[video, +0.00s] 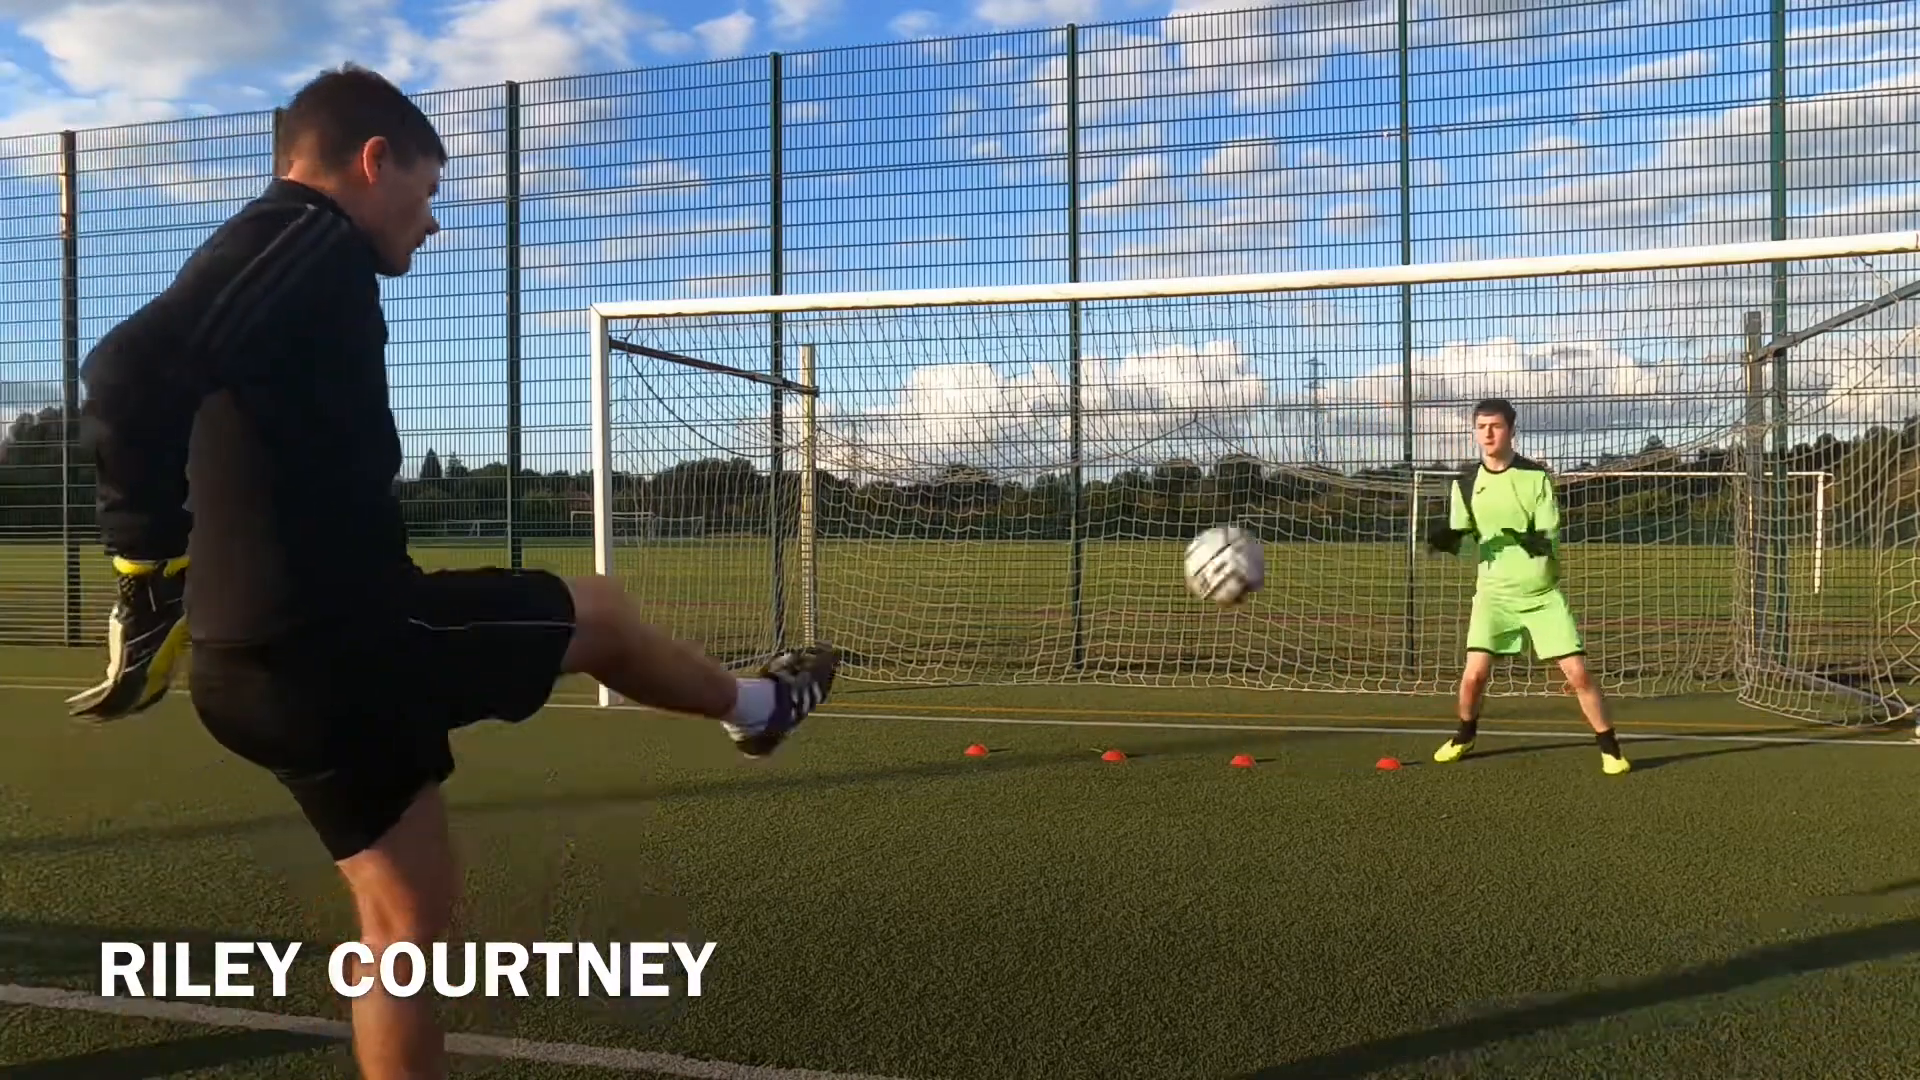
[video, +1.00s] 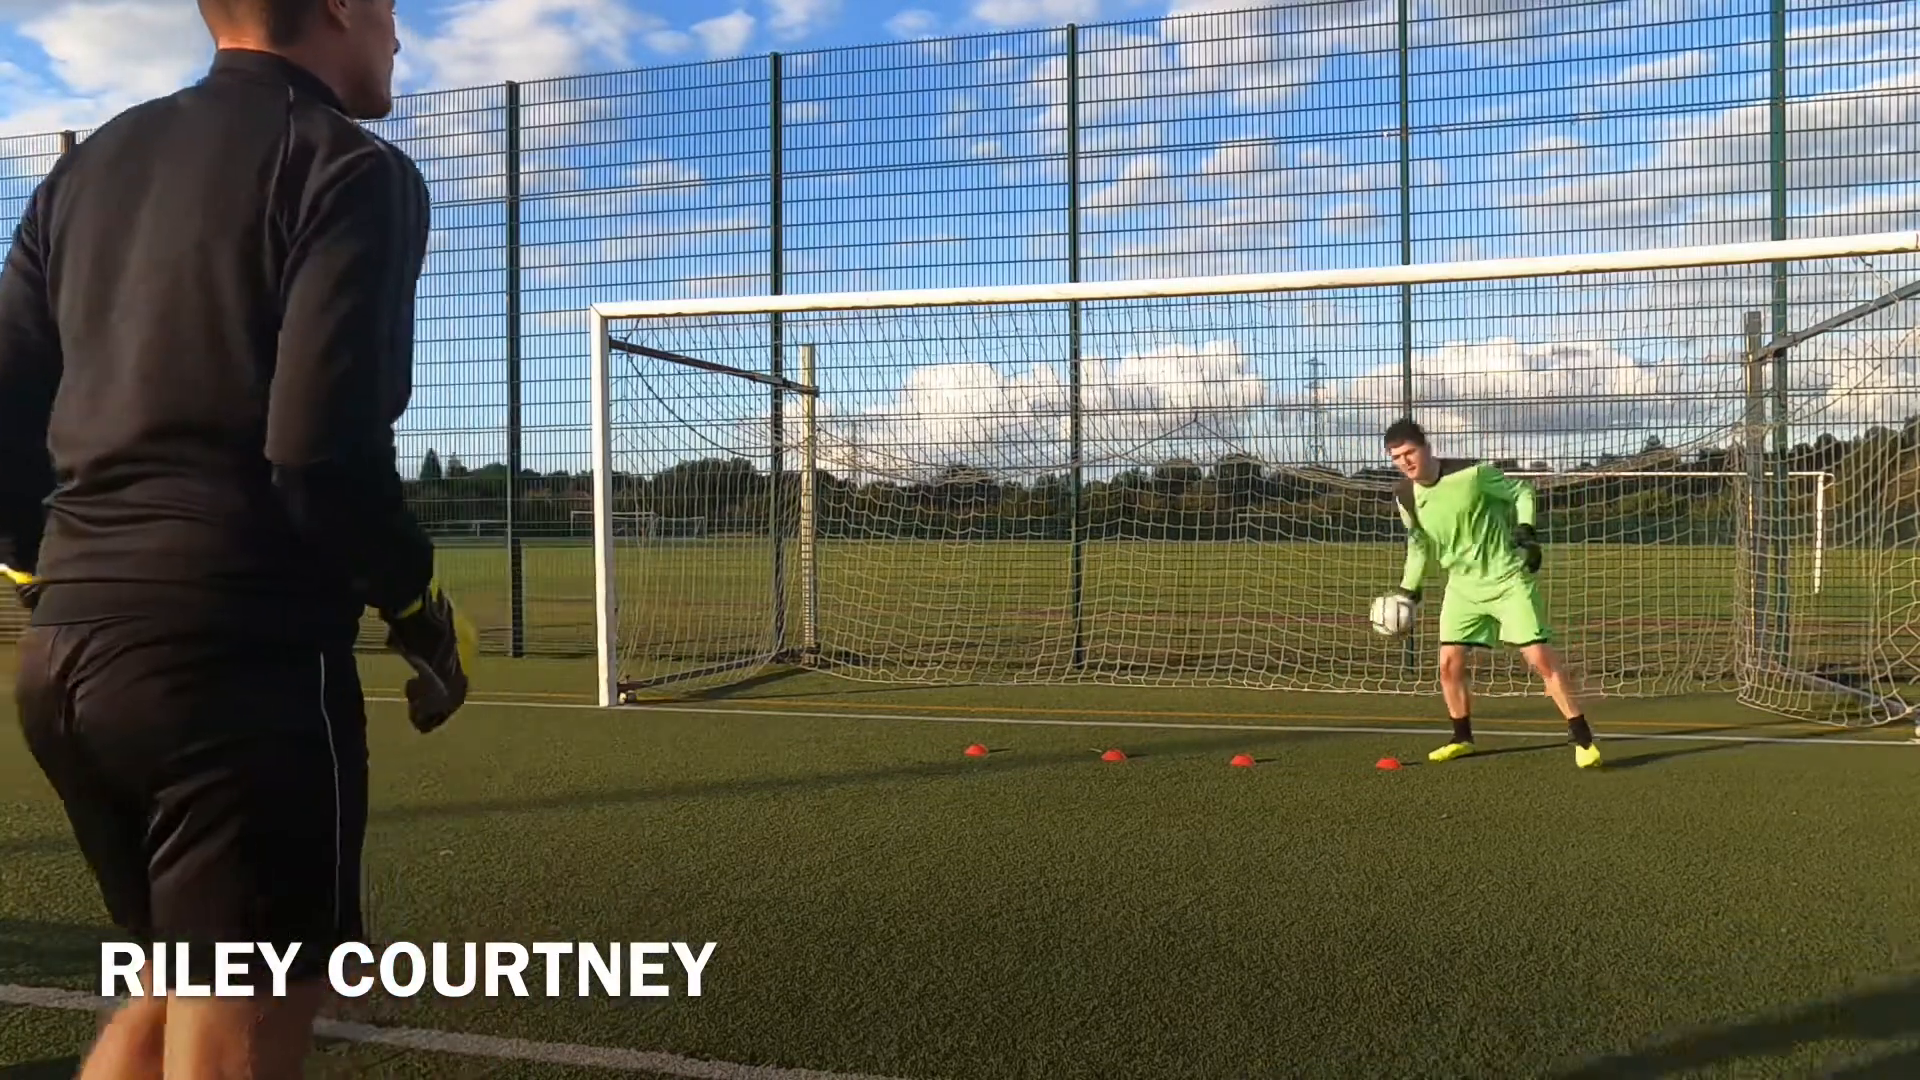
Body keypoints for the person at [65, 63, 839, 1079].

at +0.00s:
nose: (432, 219)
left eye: (434, 196)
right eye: (426, 189)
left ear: (339, 164)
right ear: (368, 162)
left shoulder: (272, 242)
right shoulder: (308, 235)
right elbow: (129, 369)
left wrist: (154, 579)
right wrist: (148, 556)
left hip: (252, 661)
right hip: (336, 643)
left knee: (406, 923)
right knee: (598, 613)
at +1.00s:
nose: (397, 48)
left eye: (397, 20)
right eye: (390, 15)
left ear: (229, 19)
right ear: (340, 11)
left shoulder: (81, 166)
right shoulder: (352, 167)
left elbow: (4, 410)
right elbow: (318, 449)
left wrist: (61, 561)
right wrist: (413, 601)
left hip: (62, 633)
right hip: (234, 642)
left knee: (167, 979)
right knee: (252, 1009)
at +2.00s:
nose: (205, 130)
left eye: (209, 98)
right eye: (202, 92)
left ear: (47, 64)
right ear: (139, 64)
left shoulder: (34, 192)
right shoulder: (69, 220)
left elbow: (5, 530)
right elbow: (5, 533)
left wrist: (72, 682)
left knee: (58, 1033)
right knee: (55, 1040)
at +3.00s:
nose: (306, 225)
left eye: (308, 205)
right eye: (309, 200)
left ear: (170, 169)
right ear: (277, 169)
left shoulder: (42, 277)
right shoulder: (265, 248)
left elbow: (18, 474)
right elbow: (191, 427)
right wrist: (195, 654)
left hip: (49, 687)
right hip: (212, 679)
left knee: (218, 927)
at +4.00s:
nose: (328, 66)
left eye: (325, 43)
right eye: (326, 41)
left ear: (172, 40)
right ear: (306, 36)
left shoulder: (26, 172)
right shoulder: (335, 198)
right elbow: (356, 455)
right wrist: (424, 593)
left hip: (24, 642)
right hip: (213, 647)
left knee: (165, 986)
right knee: (175, 1006)